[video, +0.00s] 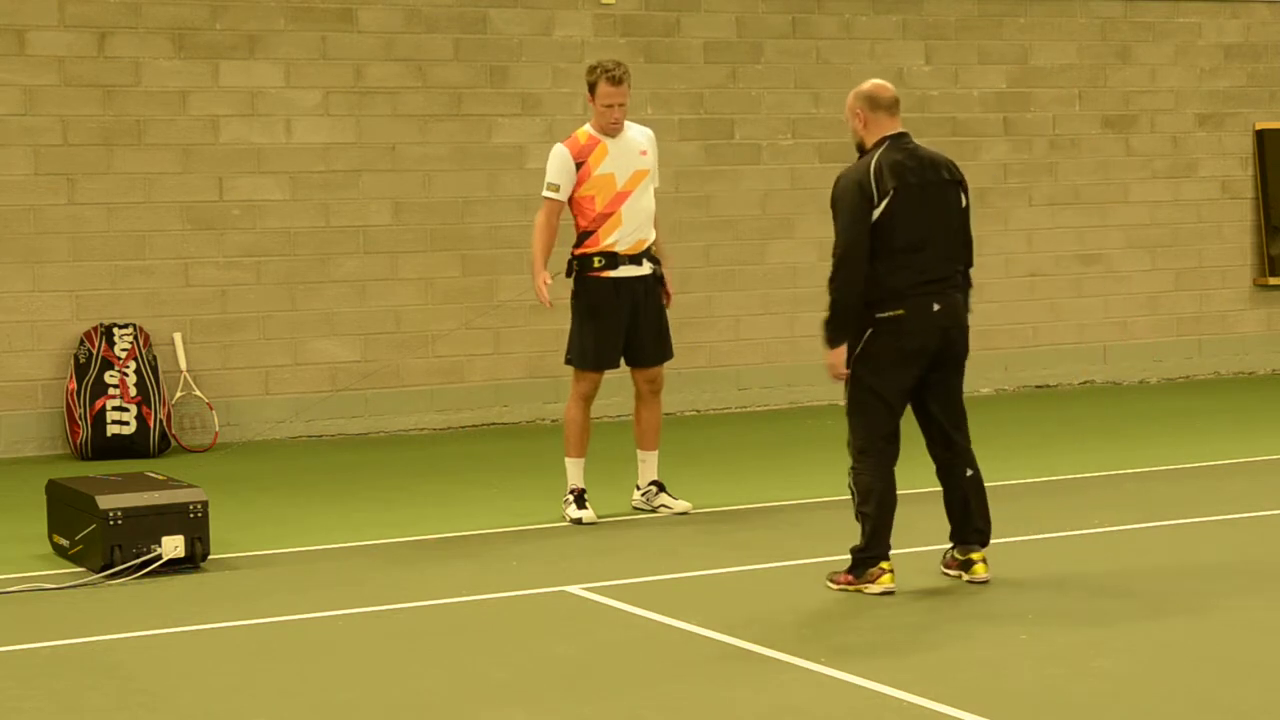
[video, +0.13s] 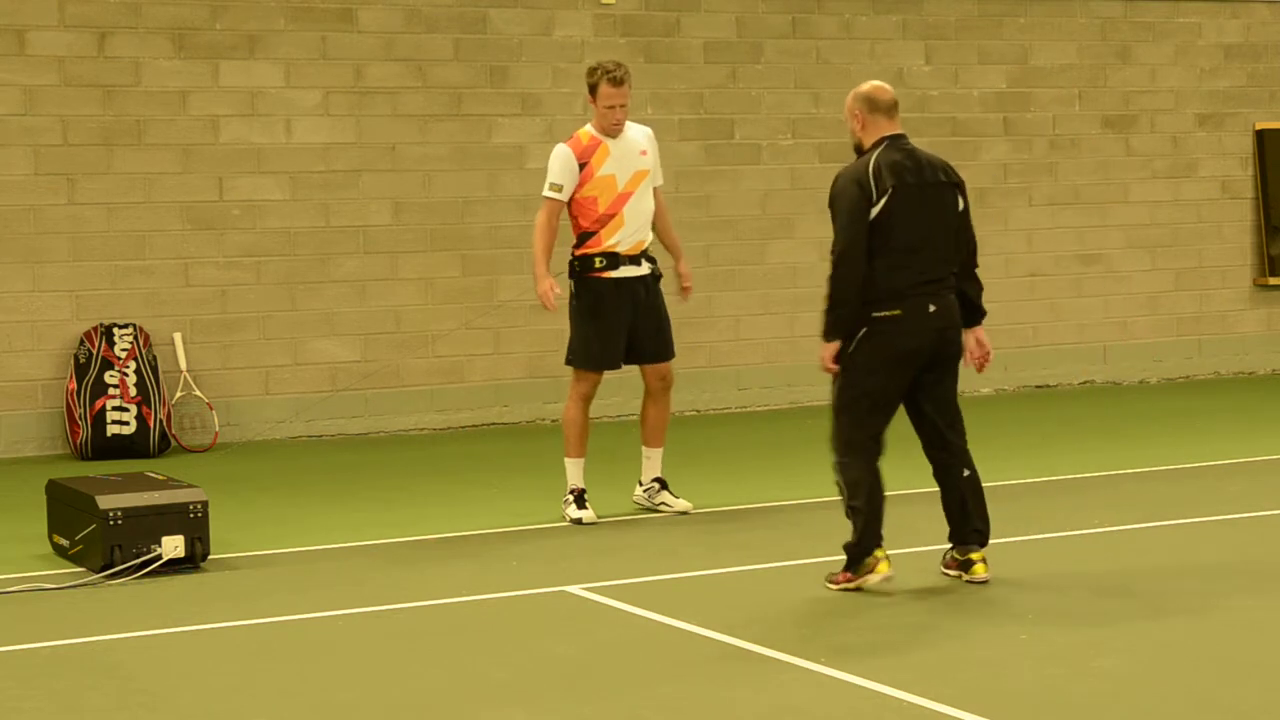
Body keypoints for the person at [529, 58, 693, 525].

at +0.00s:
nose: (615, 113)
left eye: (621, 105)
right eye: (607, 105)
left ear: (629, 101)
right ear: (589, 101)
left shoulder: (644, 140)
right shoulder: (569, 151)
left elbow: (647, 210)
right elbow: (549, 214)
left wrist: (661, 268)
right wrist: (540, 268)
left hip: (644, 280)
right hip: (597, 283)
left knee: (650, 382)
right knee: (584, 387)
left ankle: (648, 487)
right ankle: (575, 493)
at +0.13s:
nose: (617, 114)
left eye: (623, 106)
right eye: (609, 107)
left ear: (630, 102)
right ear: (591, 102)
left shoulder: (644, 139)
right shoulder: (570, 152)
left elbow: (655, 203)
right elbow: (548, 215)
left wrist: (679, 257)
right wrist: (541, 273)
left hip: (644, 279)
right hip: (596, 283)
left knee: (660, 377)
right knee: (583, 386)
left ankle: (651, 483)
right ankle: (575, 492)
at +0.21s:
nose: (620, 115)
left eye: (626, 106)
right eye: (612, 107)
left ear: (634, 101)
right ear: (594, 103)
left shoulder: (646, 139)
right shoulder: (574, 152)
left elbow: (662, 205)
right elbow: (550, 215)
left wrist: (691, 258)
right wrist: (546, 275)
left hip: (644, 280)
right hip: (595, 283)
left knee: (662, 378)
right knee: (584, 387)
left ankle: (654, 483)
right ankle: (575, 490)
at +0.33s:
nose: (627, 114)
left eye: (633, 105)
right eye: (619, 106)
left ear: (640, 101)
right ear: (602, 103)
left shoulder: (656, 141)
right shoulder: (581, 151)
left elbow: (670, 206)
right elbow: (558, 213)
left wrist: (701, 258)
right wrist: (553, 273)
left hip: (648, 281)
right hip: (600, 283)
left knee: (661, 381)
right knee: (586, 386)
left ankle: (654, 486)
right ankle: (576, 492)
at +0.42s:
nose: (634, 114)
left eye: (639, 106)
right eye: (625, 107)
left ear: (647, 100)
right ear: (608, 103)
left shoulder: (664, 142)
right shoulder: (586, 150)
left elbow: (676, 206)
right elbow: (563, 212)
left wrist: (704, 261)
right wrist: (557, 270)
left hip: (653, 280)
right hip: (604, 282)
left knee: (662, 381)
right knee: (590, 387)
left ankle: (654, 486)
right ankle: (576, 491)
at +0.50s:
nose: (637, 114)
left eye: (643, 105)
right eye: (629, 106)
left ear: (652, 101)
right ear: (613, 103)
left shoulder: (671, 143)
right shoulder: (591, 150)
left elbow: (683, 207)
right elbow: (568, 211)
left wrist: (709, 264)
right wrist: (558, 266)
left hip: (658, 281)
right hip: (609, 283)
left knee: (663, 382)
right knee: (593, 387)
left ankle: (654, 487)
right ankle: (576, 491)